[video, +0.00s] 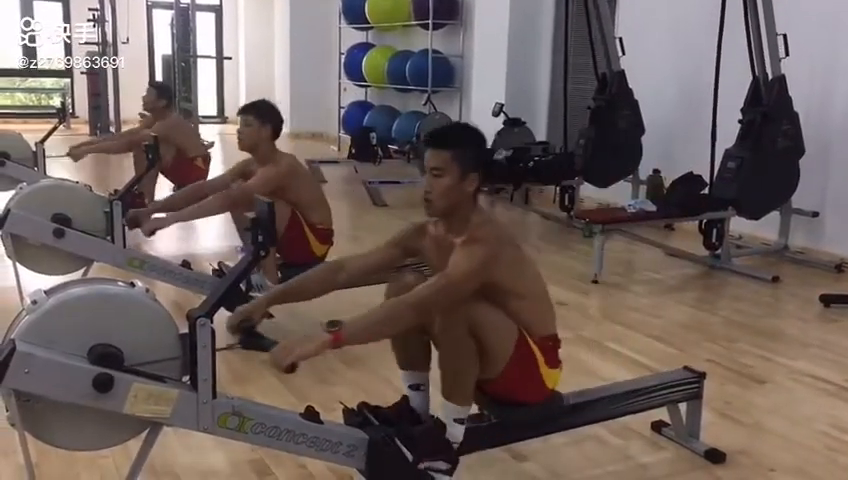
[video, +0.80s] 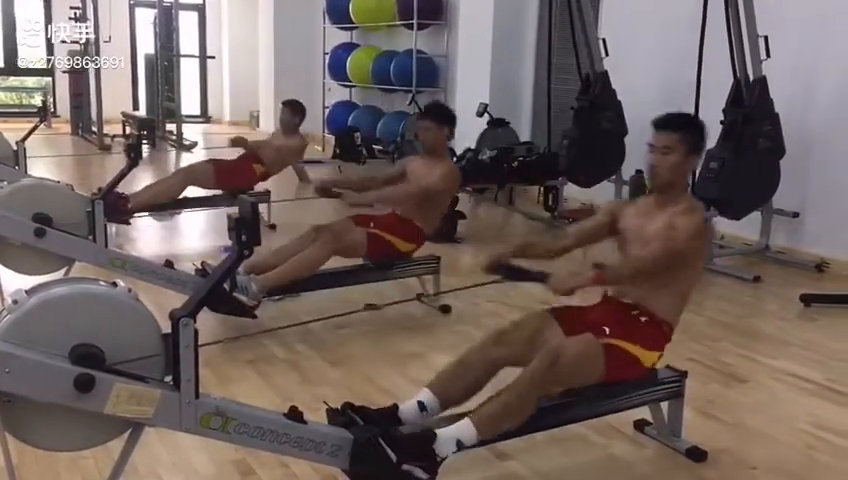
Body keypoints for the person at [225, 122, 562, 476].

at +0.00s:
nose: (426, 186)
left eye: (438, 175)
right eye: (425, 174)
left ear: (471, 182)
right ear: (425, 176)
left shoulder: (484, 246)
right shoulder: (425, 234)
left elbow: (420, 307)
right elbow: (342, 271)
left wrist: (327, 339)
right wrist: (266, 300)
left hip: (529, 376)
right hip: (482, 364)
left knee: (453, 308)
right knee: (403, 285)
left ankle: (450, 437)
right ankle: (417, 410)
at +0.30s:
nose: (442, 181)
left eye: (456, 171)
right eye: (441, 169)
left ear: (487, 181)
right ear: (439, 172)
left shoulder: (506, 239)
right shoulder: (443, 232)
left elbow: (440, 301)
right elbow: (367, 268)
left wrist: (354, 326)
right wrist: (294, 290)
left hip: (542, 368)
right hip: (495, 359)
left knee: (465, 308)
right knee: (414, 285)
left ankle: (445, 439)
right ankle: (414, 411)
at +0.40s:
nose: (473, 173)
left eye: (487, 164)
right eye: (472, 162)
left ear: (520, 174)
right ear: (469, 165)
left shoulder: (539, 228)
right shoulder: (472, 224)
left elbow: (483, 294)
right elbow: (406, 264)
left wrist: (398, 319)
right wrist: (338, 280)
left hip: (562, 362)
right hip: (517, 353)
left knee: (482, 312)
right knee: (434, 287)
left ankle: (445, 441)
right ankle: (412, 414)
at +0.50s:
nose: (513, 166)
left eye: (526, 157)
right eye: (512, 155)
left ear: (558, 166)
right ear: (509, 159)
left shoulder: (573, 223)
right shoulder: (507, 216)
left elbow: (521, 286)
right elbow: (446, 256)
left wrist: (449, 311)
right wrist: (381, 275)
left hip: (587, 349)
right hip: (547, 330)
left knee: (501, 321)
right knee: (452, 293)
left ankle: (441, 444)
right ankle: (411, 414)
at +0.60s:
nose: (559, 156)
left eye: (573, 148)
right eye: (559, 146)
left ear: (604, 159)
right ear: (556, 151)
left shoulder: (613, 219)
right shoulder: (548, 210)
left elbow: (562, 278)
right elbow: (477, 251)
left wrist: (496, 300)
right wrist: (421, 266)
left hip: (609, 345)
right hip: (570, 326)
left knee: (520, 328)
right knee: (463, 310)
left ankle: (440, 445)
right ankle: (408, 415)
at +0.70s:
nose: (609, 152)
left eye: (623, 144)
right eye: (608, 142)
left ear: (650, 153)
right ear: (604, 146)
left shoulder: (657, 215)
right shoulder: (588, 205)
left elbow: (605, 268)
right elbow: (520, 244)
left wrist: (538, 285)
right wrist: (466, 254)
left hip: (629, 339)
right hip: (588, 315)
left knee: (541, 342)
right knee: (486, 320)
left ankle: (440, 445)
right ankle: (405, 417)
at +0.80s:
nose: (653, 159)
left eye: (664, 152)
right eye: (652, 150)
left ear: (692, 160)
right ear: (650, 153)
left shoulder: (691, 223)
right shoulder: (630, 209)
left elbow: (642, 268)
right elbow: (564, 242)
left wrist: (592, 273)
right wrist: (507, 251)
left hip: (641, 333)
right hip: (602, 314)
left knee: (548, 365)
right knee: (503, 341)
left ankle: (437, 449)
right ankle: (405, 418)